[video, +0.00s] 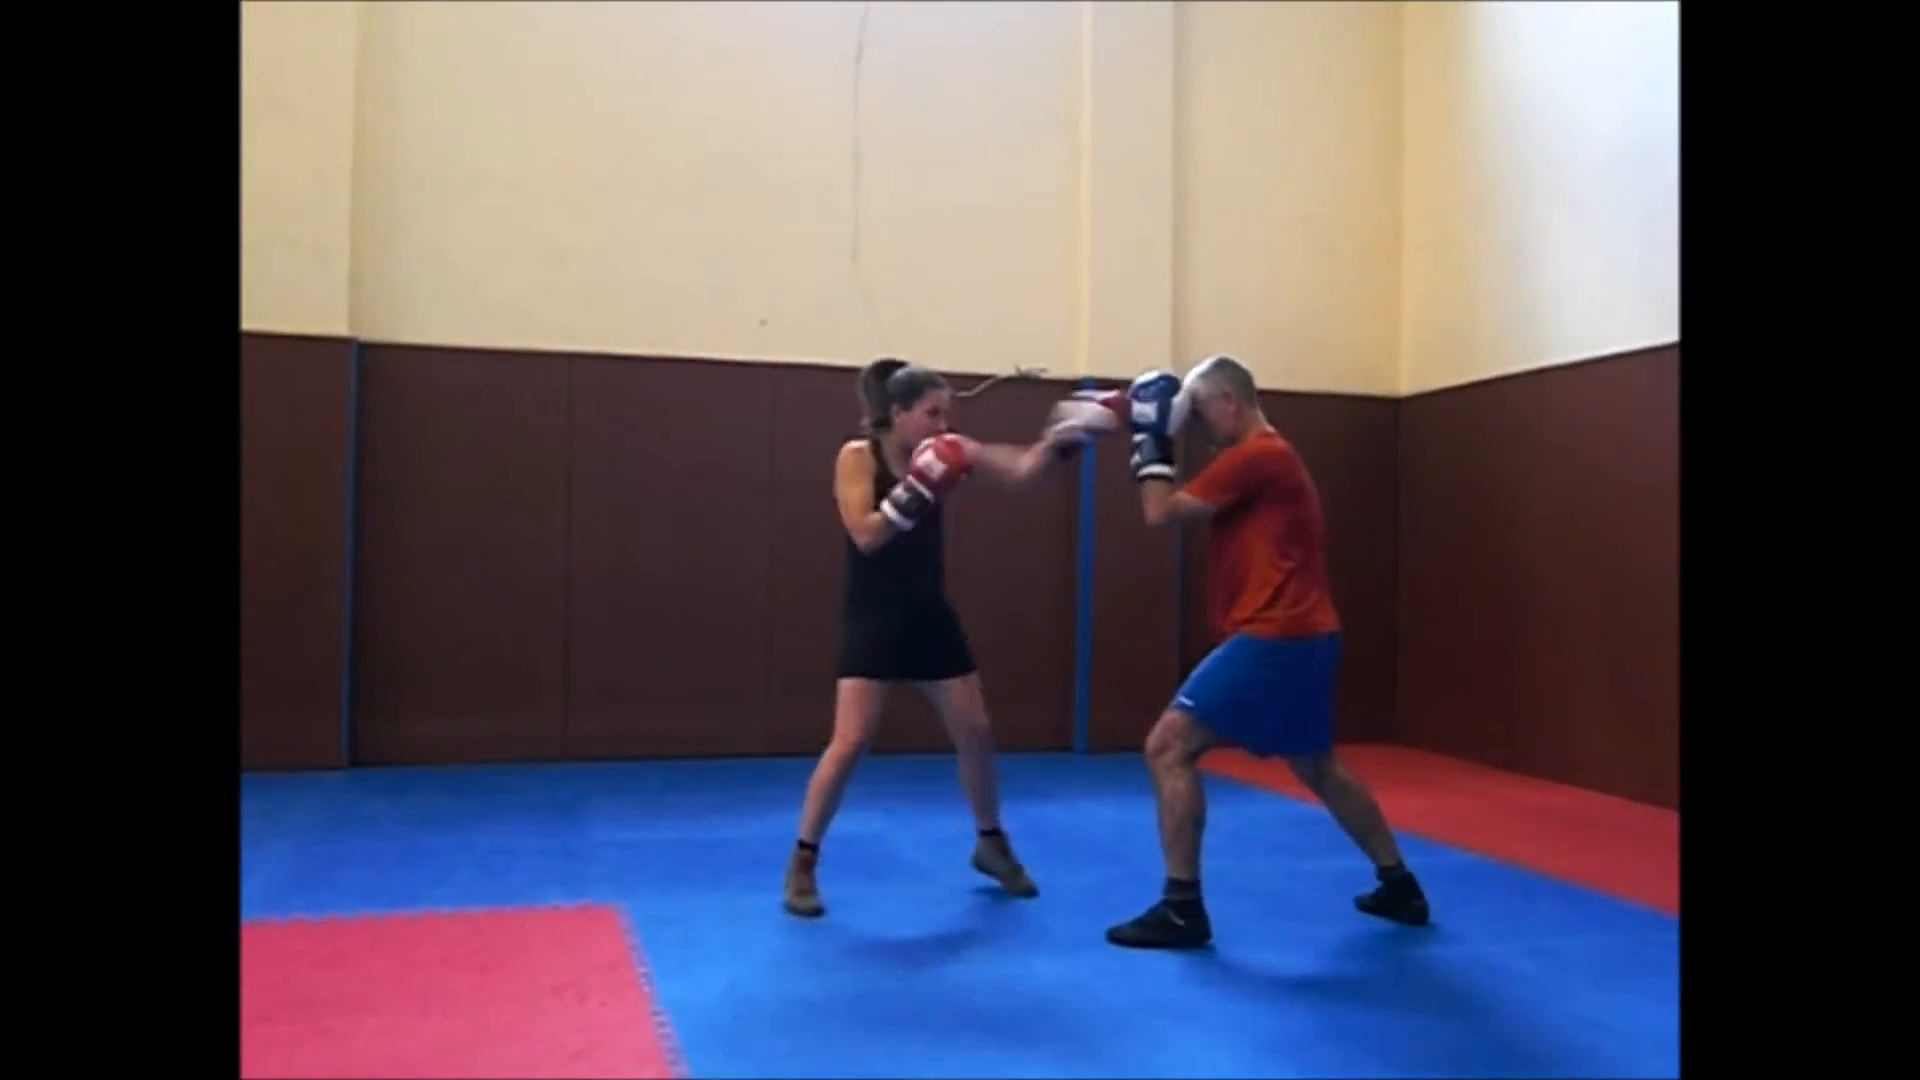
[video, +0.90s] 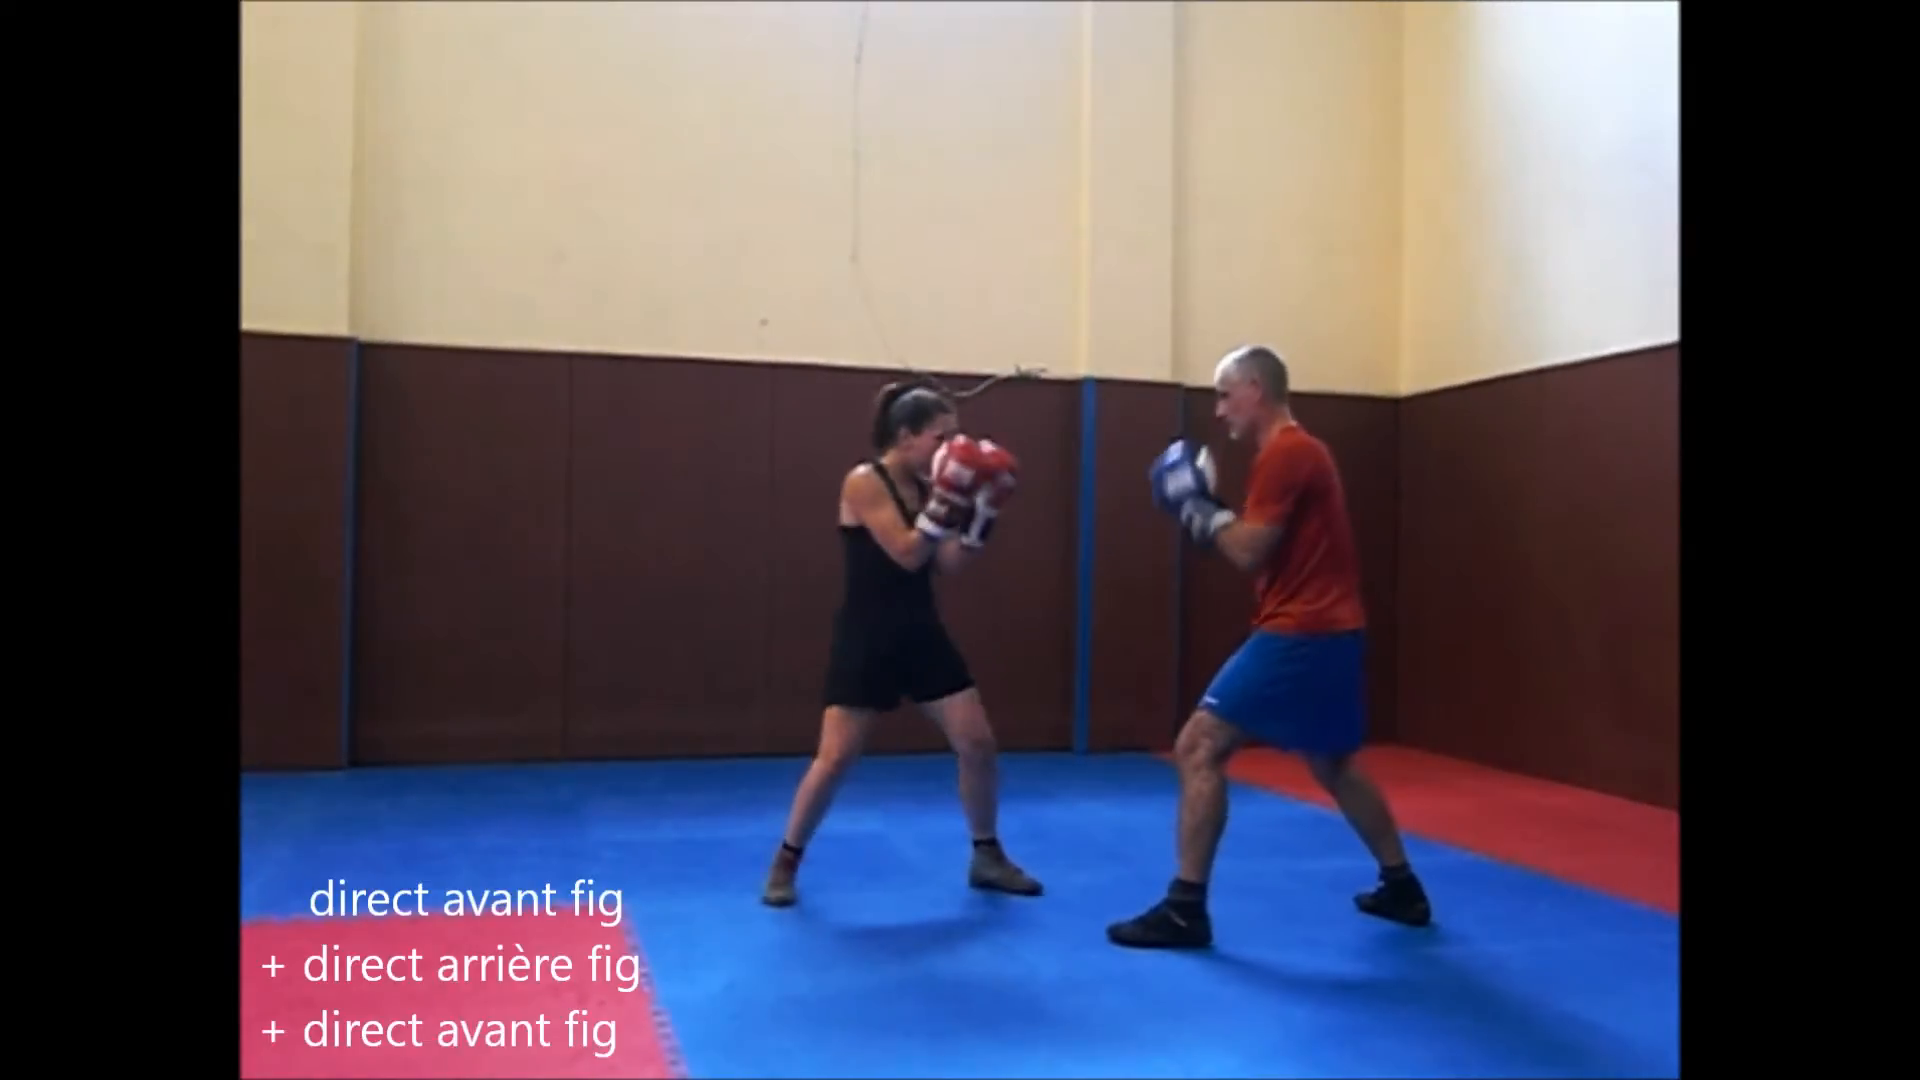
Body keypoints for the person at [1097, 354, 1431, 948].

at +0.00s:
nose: (1201, 423)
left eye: (1203, 410)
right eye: (1197, 412)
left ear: (1231, 402)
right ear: (1237, 403)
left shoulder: (1255, 458)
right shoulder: (1271, 454)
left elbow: (1159, 509)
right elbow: (1176, 501)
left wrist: (1148, 436)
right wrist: (1159, 433)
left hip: (1270, 636)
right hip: (1305, 636)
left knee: (1168, 748)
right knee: (1319, 767)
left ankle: (1182, 907)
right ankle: (1399, 886)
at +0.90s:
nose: (1219, 408)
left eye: (1226, 394)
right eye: (1218, 396)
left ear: (1260, 392)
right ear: (1264, 394)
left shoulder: (1285, 453)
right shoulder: (1296, 450)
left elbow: (1249, 548)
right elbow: (1253, 538)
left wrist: (1197, 508)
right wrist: (1204, 508)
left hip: (1296, 634)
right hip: (1332, 633)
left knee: (1198, 747)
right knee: (1336, 764)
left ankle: (1185, 908)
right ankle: (1403, 887)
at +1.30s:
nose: (1206, 409)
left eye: (1212, 395)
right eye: (1205, 396)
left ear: (1243, 392)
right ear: (1260, 394)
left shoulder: (1250, 441)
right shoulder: (1309, 444)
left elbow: (1220, 521)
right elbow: (1265, 512)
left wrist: (1175, 484)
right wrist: (1213, 466)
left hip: (1249, 625)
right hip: (1311, 629)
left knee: (1140, 726)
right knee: (1308, 758)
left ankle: (1143, 879)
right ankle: (1370, 885)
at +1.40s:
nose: (1190, 412)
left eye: (1194, 400)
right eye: (1189, 401)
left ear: (1224, 395)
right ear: (1246, 397)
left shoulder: (1208, 440)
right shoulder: (1307, 445)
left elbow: (1157, 488)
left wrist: (1091, 464)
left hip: (1223, 630)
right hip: (1297, 633)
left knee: (1136, 744)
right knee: (1313, 757)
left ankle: (1145, 894)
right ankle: (1370, 886)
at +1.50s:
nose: (1167, 420)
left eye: (1173, 409)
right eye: (1167, 410)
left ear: (1207, 409)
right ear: (1229, 410)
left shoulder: (1172, 455)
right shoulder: (1290, 452)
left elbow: (1073, 461)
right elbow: (1313, 535)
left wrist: (990, 445)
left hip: (1217, 642)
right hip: (1293, 644)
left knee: (1120, 751)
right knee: (1308, 762)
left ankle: (1146, 899)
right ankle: (1371, 888)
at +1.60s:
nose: (1146, 415)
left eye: (1152, 403)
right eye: (1145, 403)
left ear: (1182, 405)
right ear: (1208, 404)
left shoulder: (1168, 453)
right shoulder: (1267, 453)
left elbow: (1094, 508)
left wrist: (1038, 485)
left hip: (1214, 645)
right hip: (1286, 641)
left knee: (1118, 752)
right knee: (1297, 766)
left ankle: (1148, 906)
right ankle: (1371, 889)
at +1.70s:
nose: (1128, 416)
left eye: (1137, 403)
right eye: (1127, 404)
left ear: (1174, 406)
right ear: (1176, 409)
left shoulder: (1211, 462)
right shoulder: (1194, 458)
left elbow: (1222, 549)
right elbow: (1177, 490)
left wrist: (1138, 528)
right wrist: (1117, 463)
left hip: (1233, 637)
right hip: (1259, 634)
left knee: (1132, 748)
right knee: (1280, 771)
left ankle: (1152, 908)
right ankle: (1369, 887)